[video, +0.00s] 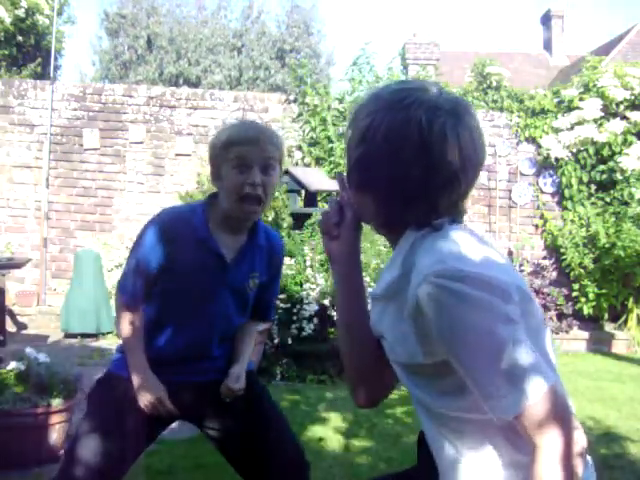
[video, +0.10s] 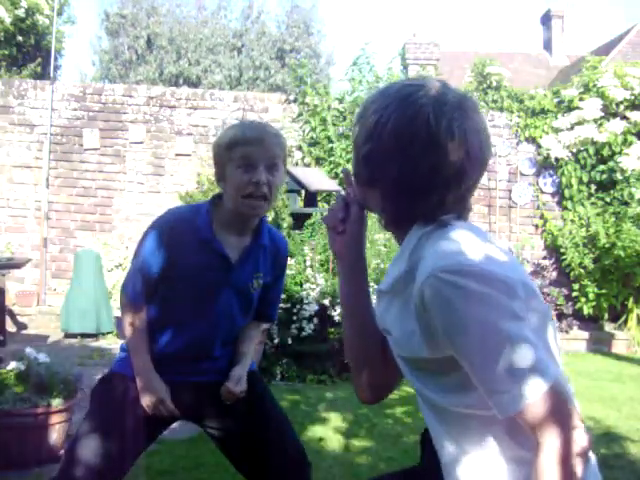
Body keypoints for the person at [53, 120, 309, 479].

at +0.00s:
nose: (255, 180)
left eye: (266, 169)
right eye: (242, 167)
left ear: (278, 178)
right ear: (216, 173)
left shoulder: (269, 248)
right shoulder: (167, 229)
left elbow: (254, 319)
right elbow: (129, 303)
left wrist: (241, 363)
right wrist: (141, 375)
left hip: (220, 378)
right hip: (148, 374)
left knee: (287, 468)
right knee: (85, 466)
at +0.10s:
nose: (261, 179)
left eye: (271, 169)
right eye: (247, 167)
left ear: (282, 178)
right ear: (220, 174)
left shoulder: (273, 248)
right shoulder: (171, 230)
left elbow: (259, 320)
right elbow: (133, 303)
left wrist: (243, 364)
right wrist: (146, 375)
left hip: (224, 379)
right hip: (150, 373)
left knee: (289, 469)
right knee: (85, 467)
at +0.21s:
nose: (267, 177)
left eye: (277, 166)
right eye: (252, 166)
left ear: (285, 175)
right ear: (222, 174)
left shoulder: (275, 248)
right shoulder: (173, 229)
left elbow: (261, 319)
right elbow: (134, 301)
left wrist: (243, 365)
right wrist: (147, 374)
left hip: (224, 379)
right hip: (151, 373)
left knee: (290, 470)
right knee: (84, 468)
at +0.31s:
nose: (266, 175)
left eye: (275, 163)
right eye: (250, 163)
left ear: (284, 171)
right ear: (222, 174)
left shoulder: (279, 245)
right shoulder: (178, 226)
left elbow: (261, 317)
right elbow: (139, 303)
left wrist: (241, 368)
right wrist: (156, 383)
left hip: (224, 376)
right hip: (148, 371)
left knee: (290, 468)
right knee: (86, 468)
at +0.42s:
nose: (263, 169)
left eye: (271, 156)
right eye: (247, 157)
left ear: (281, 164)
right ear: (218, 169)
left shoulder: (278, 237)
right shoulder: (179, 225)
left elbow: (262, 313)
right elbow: (147, 310)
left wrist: (242, 366)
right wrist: (165, 386)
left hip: (225, 373)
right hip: (151, 369)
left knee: (288, 469)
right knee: (84, 468)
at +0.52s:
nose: (260, 166)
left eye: (269, 155)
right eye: (244, 155)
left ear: (279, 164)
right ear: (216, 166)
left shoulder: (276, 236)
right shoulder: (176, 222)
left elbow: (262, 311)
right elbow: (145, 309)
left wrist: (245, 364)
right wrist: (164, 388)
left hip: (226, 373)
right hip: (151, 370)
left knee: (291, 469)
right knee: (86, 467)